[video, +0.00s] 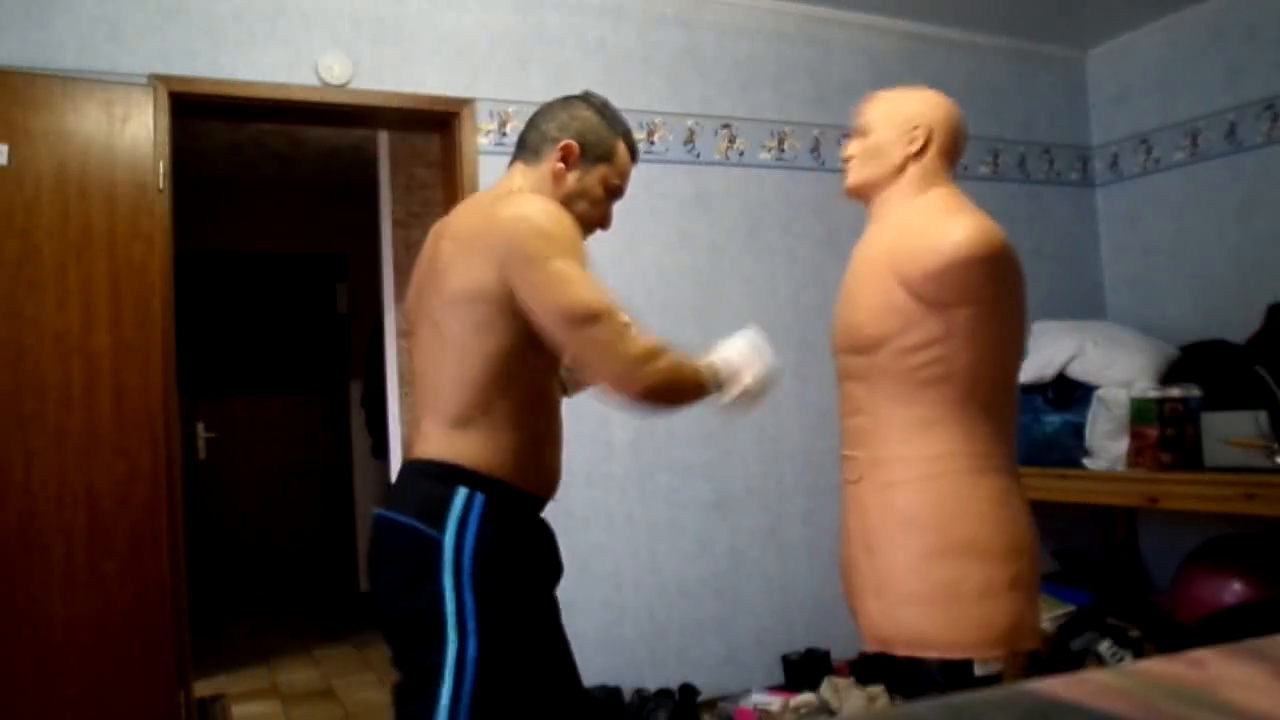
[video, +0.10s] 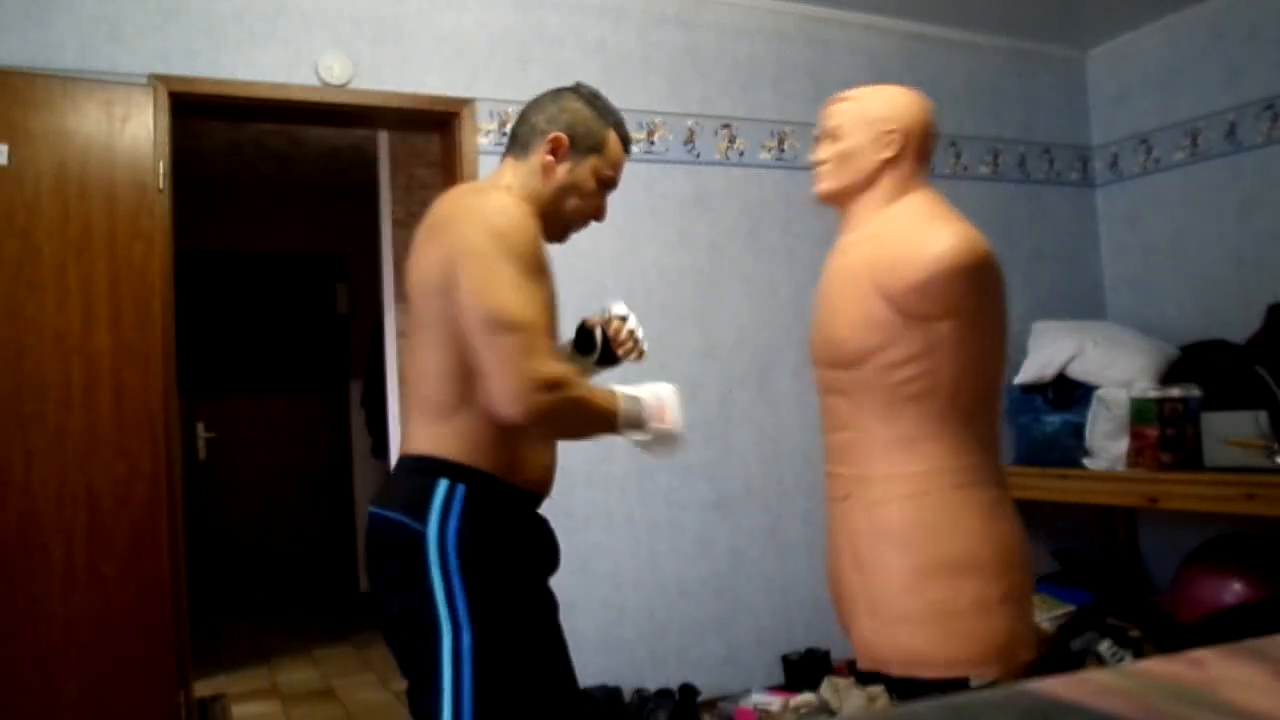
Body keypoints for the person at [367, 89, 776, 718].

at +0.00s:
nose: (608, 218)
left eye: (617, 198)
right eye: (610, 192)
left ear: (557, 158)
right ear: (565, 161)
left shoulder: (463, 225)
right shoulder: (528, 221)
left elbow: (513, 382)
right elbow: (635, 371)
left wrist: (594, 361)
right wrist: (716, 373)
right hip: (472, 530)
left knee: (540, 707)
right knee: (469, 709)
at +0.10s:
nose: (602, 210)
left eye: (610, 191)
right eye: (602, 184)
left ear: (551, 155)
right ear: (555, 154)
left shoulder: (468, 213)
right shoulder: (490, 216)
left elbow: (481, 376)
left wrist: (582, 354)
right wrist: (631, 413)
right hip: (461, 523)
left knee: (531, 704)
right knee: (481, 709)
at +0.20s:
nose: (581, 201)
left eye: (589, 180)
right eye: (580, 173)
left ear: (526, 146)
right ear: (528, 143)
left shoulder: (487, 232)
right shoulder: (446, 210)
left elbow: (505, 378)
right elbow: (475, 384)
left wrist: (578, 326)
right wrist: (593, 362)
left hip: (488, 518)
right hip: (440, 520)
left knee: (538, 706)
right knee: (466, 710)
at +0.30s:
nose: (548, 193)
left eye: (557, 172)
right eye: (547, 167)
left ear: (493, 142)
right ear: (491, 137)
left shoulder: (467, 240)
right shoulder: (403, 214)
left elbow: (507, 375)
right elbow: (475, 376)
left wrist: (565, 289)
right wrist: (574, 293)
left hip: (481, 527)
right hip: (422, 529)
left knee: (532, 705)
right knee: (433, 711)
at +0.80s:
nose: (498, 188)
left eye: (507, 169)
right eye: (498, 163)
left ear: (433, 129)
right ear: (437, 126)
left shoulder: (424, 231)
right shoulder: (321, 202)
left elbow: (419, 377)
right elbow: (387, 389)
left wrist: (502, 328)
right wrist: (489, 272)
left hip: (442, 558)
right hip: (353, 565)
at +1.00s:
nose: (571, 199)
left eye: (579, 179)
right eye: (566, 173)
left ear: (504, 150)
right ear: (500, 145)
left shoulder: (522, 261)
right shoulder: (356, 225)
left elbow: (624, 331)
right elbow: (288, 407)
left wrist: (741, 329)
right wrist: (446, 338)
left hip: (468, 574)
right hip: (353, 573)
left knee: (545, 717)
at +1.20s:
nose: (616, 225)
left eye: (622, 203)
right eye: (613, 198)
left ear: (559, 175)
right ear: (561, 173)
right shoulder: (514, 220)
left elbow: (532, 408)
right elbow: (605, 341)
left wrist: (636, 389)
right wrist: (691, 328)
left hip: (470, 543)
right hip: (433, 539)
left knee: (544, 710)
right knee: (412, 709)